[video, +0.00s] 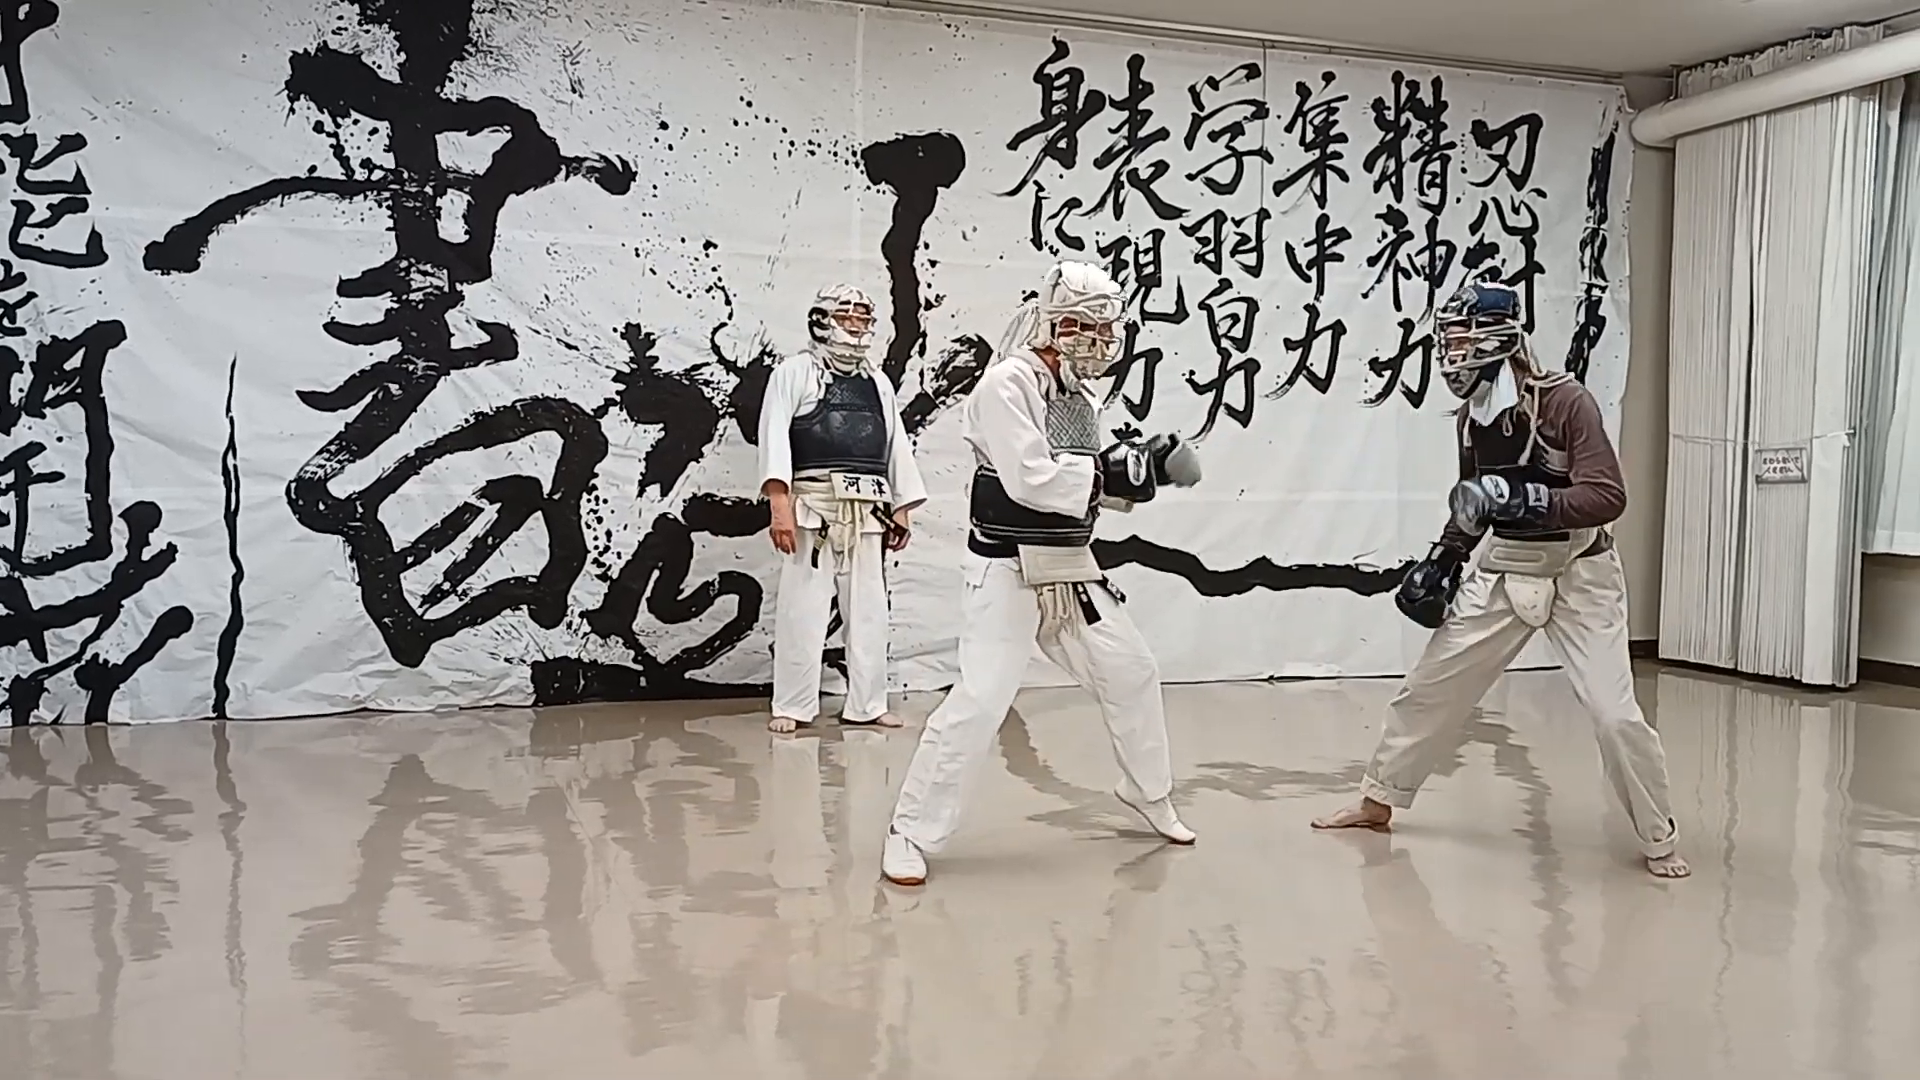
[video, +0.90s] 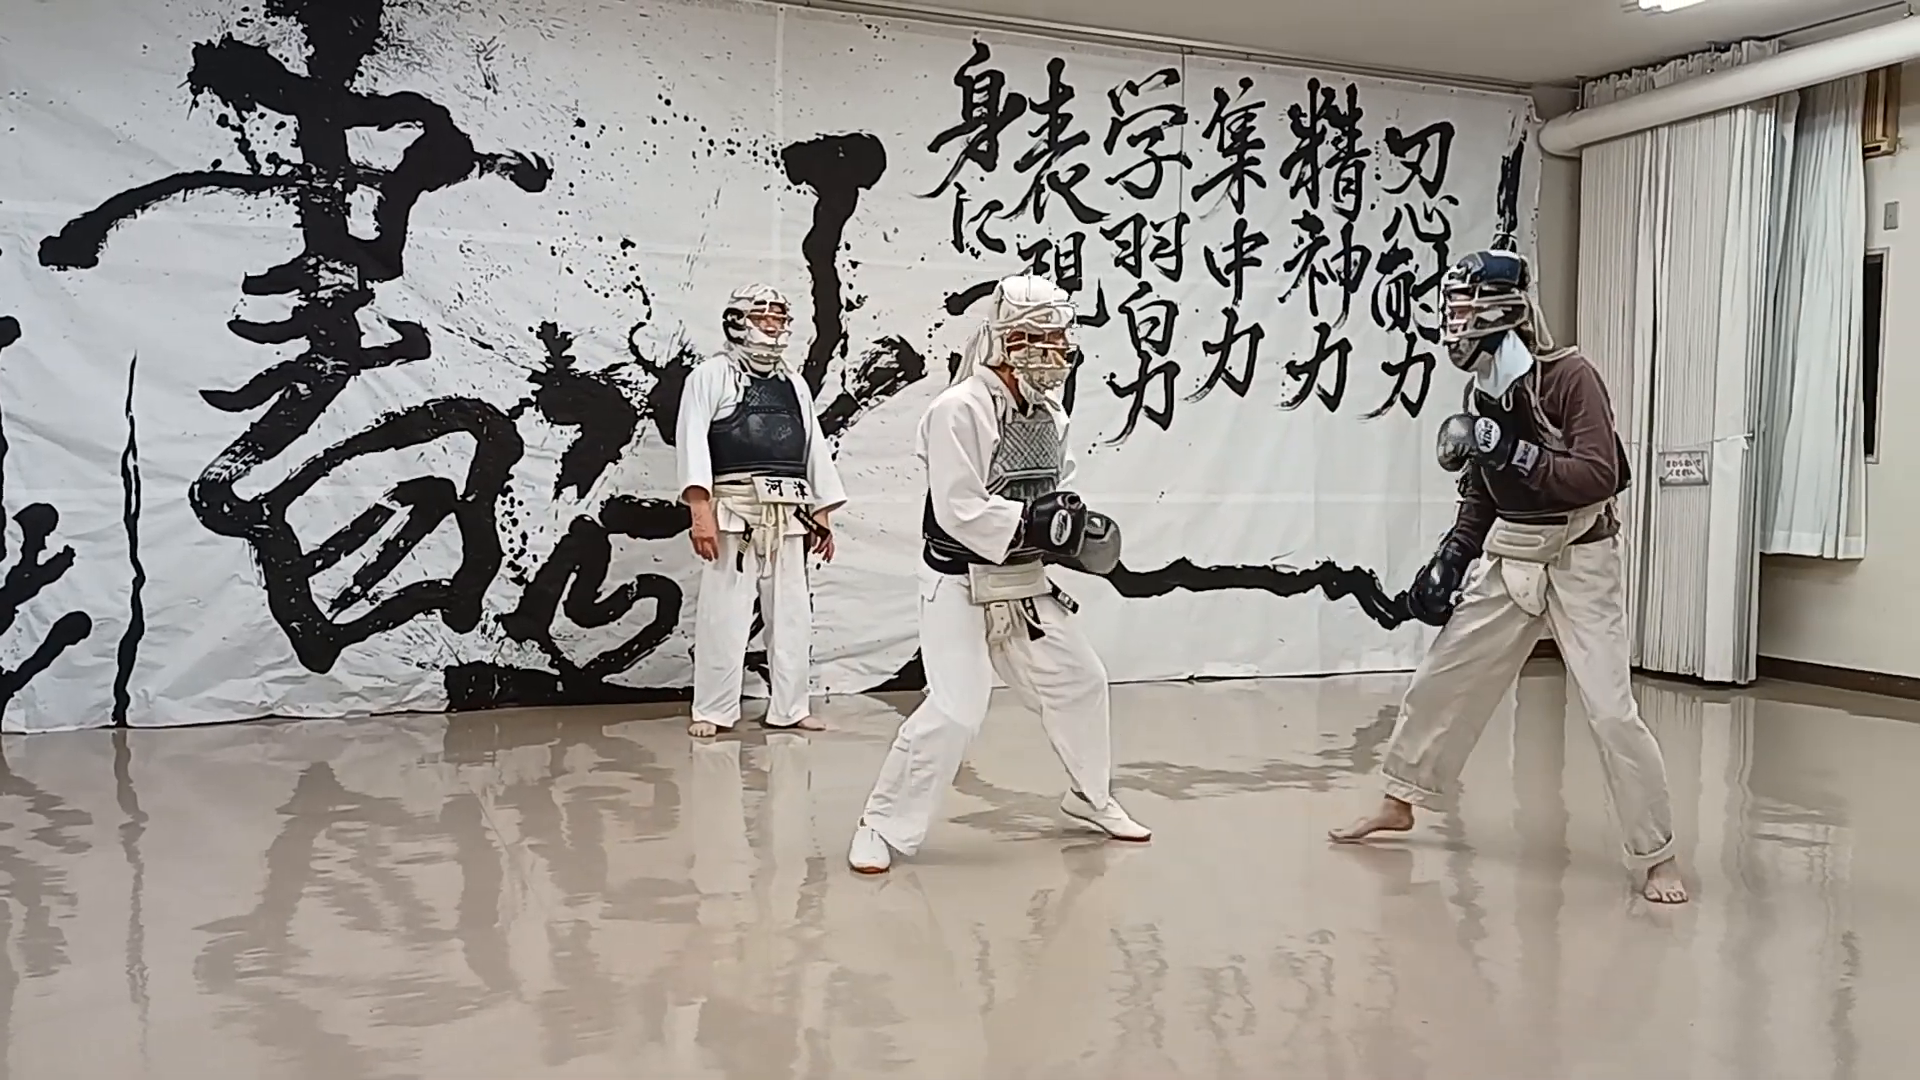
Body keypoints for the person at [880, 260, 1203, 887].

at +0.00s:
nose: (1092, 341)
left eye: (1102, 330)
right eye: (1079, 327)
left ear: (1110, 333)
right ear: (1050, 325)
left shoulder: (1081, 396)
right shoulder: (1005, 382)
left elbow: (1084, 482)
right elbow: (1028, 478)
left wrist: (1140, 472)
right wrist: (1115, 472)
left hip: (1068, 566)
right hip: (1005, 568)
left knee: (1133, 672)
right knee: (981, 697)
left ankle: (1149, 794)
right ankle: (909, 836)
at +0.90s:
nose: (1048, 350)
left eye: (1056, 339)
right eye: (1033, 339)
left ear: (1065, 344)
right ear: (1003, 343)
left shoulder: (1047, 412)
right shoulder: (959, 409)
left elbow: (1039, 486)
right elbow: (959, 510)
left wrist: (1064, 517)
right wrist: (1036, 524)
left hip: (1022, 576)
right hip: (956, 581)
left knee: (1082, 679)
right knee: (956, 709)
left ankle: (1091, 797)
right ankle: (880, 827)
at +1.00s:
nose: (1054, 358)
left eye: (1059, 347)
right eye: (1040, 346)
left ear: (1063, 352)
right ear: (1007, 351)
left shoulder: (1036, 419)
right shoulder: (962, 417)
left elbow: (1022, 502)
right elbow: (964, 519)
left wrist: (1053, 534)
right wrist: (1037, 539)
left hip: (1009, 585)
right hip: (948, 592)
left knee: (1077, 681)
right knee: (930, 719)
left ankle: (1083, 810)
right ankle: (868, 828)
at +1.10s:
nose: (1059, 349)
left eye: (1063, 337)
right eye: (1044, 338)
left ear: (1068, 340)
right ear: (1012, 343)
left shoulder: (1040, 408)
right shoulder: (972, 409)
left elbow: (1028, 496)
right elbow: (969, 512)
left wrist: (1061, 532)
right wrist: (1042, 534)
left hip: (1014, 581)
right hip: (956, 587)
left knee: (1071, 684)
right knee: (933, 716)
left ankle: (1079, 810)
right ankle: (867, 832)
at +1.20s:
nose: (1061, 332)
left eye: (1069, 321)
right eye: (1047, 321)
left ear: (1076, 326)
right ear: (1015, 324)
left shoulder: (1049, 394)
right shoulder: (977, 390)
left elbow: (1040, 477)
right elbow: (976, 489)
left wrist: (1082, 499)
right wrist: (1056, 505)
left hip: (1025, 564)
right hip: (967, 567)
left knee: (1065, 683)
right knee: (942, 700)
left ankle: (1074, 807)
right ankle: (877, 826)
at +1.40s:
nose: (1067, 358)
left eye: (1072, 347)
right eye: (1053, 346)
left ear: (1078, 352)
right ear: (1020, 350)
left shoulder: (1044, 417)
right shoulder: (985, 414)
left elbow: (1030, 505)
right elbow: (986, 514)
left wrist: (1075, 532)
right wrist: (1064, 529)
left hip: (1024, 592)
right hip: (969, 594)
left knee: (1113, 672)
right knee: (944, 724)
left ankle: (1089, 786)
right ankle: (874, 817)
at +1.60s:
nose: (1102, 356)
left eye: (1107, 345)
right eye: (1089, 344)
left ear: (1111, 350)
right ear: (1053, 348)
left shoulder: (1077, 416)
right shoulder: (1020, 411)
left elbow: (1060, 501)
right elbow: (1023, 509)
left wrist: (1112, 506)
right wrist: (1101, 510)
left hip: (1060, 585)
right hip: (1004, 588)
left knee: (1123, 689)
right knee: (993, 721)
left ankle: (1121, 811)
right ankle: (895, 805)